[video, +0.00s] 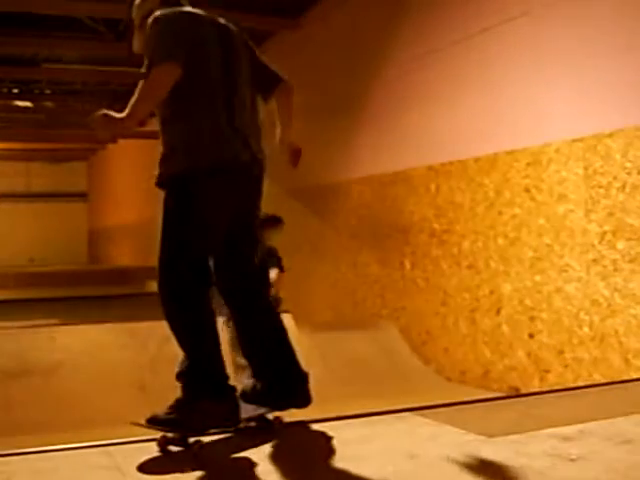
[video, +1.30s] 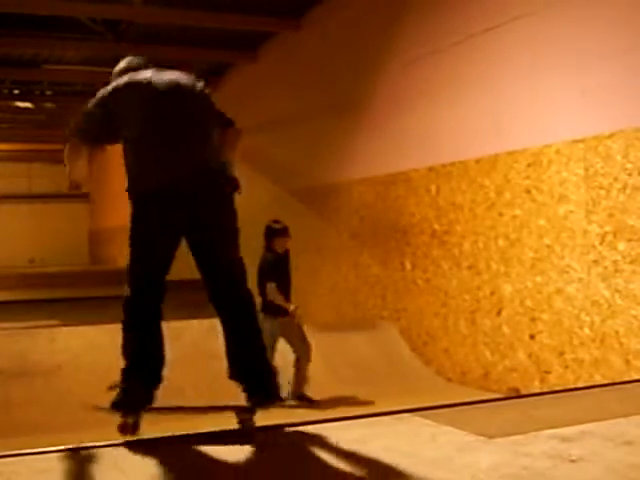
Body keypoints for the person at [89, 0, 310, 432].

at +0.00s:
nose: (137, 36)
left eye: (137, 24)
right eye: (136, 28)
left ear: (150, 8)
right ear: (181, 5)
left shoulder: (163, 22)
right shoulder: (225, 31)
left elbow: (165, 70)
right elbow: (281, 89)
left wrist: (125, 121)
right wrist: (287, 136)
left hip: (195, 175)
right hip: (242, 173)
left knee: (180, 283)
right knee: (241, 278)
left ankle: (208, 398)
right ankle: (283, 383)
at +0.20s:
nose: (134, 27)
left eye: (135, 18)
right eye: (133, 22)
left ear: (148, 4)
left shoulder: (165, 11)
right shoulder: (220, 22)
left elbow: (171, 54)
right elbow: (274, 80)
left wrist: (124, 103)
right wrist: (250, 126)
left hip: (196, 164)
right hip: (243, 160)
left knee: (179, 277)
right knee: (241, 270)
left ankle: (196, 396)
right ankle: (275, 383)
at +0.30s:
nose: (135, 40)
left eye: (133, 30)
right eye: (132, 34)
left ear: (142, 11)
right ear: (159, 10)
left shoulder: (166, 14)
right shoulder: (212, 28)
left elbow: (170, 50)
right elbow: (253, 81)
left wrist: (122, 99)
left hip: (202, 161)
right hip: (245, 157)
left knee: (175, 275)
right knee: (236, 270)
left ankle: (186, 397)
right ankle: (277, 381)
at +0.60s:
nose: (136, 56)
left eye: (134, 46)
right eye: (136, 52)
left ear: (138, 25)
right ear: (164, 20)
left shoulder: (153, 19)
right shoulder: (209, 42)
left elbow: (165, 63)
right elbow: (216, 126)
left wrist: (147, 126)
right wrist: (173, 165)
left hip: (204, 170)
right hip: (243, 167)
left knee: (175, 278)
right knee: (238, 273)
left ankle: (185, 397)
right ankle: (279, 382)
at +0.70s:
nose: (136, 70)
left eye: (134, 61)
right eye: (136, 65)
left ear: (136, 35)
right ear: (167, 26)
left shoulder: (151, 29)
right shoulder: (208, 50)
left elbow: (159, 79)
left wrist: (142, 144)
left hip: (199, 173)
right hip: (243, 171)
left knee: (166, 281)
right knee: (231, 276)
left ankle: (182, 396)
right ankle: (276, 382)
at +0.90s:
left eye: (136, 57)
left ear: (142, 51)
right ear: (176, 48)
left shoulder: (141, 64)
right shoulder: (211, 72)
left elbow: (127, 128)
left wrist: (110, 187)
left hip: (194, 187)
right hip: (244, 182)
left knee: (163, 290)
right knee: (231, 288)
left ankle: (183, 398)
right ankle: (277, 384)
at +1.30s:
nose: (115, 84)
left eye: (115, 79)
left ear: (118, 76)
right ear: (148, 68)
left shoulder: (117, 92)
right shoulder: (188, 83)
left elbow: (80, 138)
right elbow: (229, 130)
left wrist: (76, 175)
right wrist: (220, 170)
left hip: (155, 204)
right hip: (210, 198)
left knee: (144, 298)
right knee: (231, 292)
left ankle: (136, 392)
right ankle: (259, 385)